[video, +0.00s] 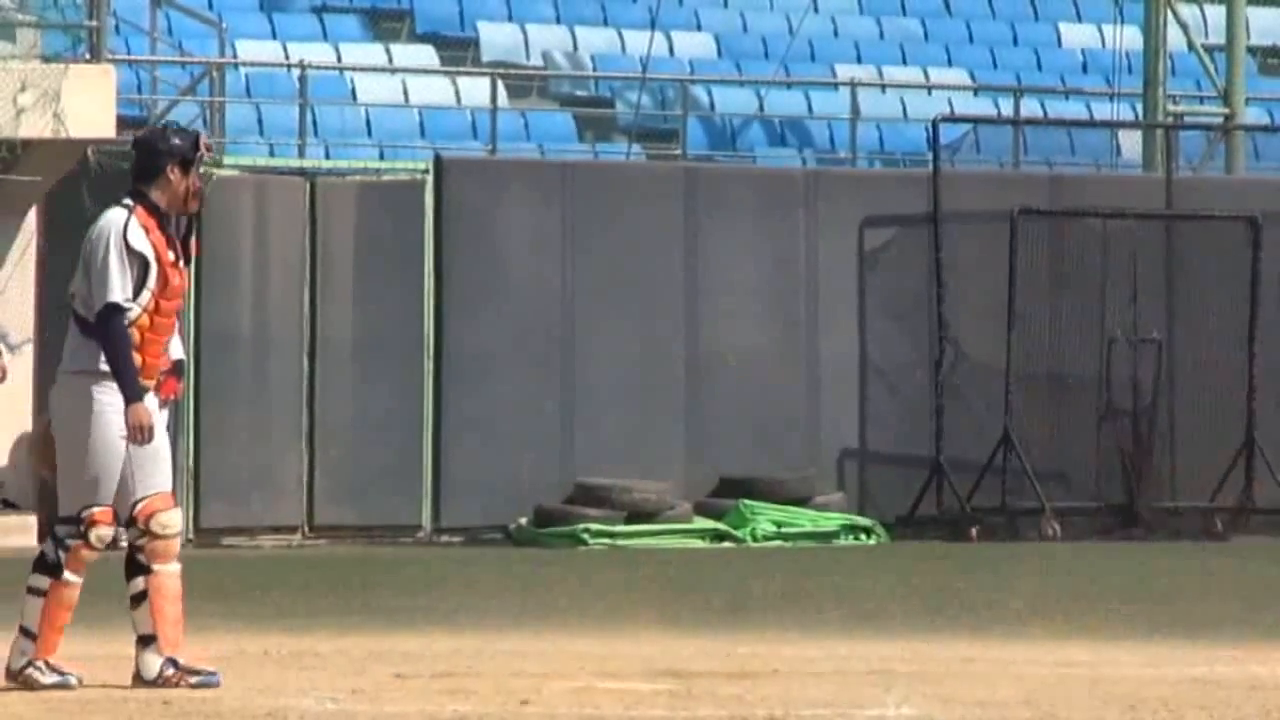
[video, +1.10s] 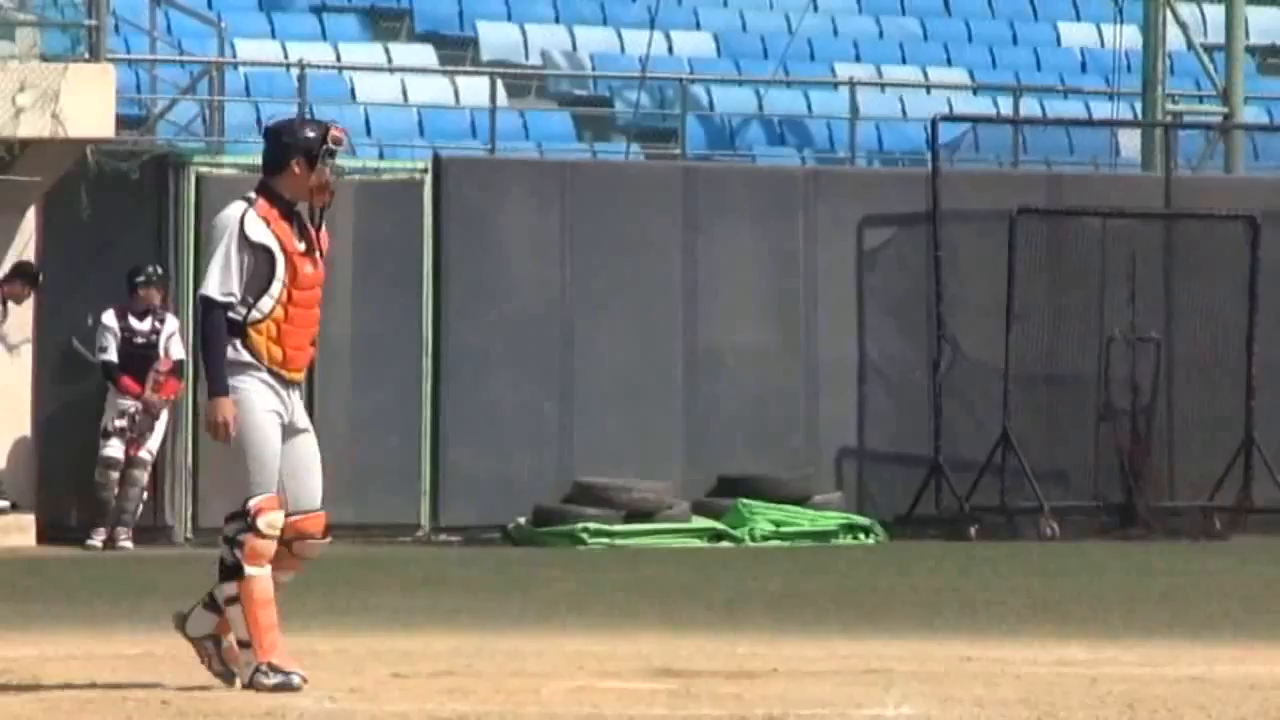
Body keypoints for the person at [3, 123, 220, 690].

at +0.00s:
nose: (198, 184)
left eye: (198, 173)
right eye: (193, 173)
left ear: (166, 175)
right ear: (168, 174)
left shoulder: (160, 233)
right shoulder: (117, 227)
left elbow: (153, 311)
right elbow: (110, 317)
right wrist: (134, 397)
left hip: (144, 391)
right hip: (96, 388)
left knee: (160, 526)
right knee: (88, 527)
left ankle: (159, 660)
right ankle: (32, 657)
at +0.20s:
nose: (228, 181)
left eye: (229, 170)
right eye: (224, 169)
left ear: (197, 170)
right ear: (198, 169)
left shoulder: (187, 228)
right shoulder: (145, 219)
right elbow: (138, 310)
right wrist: (172, 383)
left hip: (169, 380)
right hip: (128, 378)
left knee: (176, 523)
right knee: (142, 520)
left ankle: (161, 659)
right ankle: (65, 635)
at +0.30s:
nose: (241, 179)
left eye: (241, 168)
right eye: (234, 167)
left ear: (209, 170)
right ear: (208, 167)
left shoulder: (203, 229)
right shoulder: (157, 216)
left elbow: (188, 330)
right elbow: (149, 309)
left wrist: (207, 424)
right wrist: (188, 379)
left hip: (178, 381)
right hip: (139, 377)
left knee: (180, 522)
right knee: (164, 517)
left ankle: (164, 659)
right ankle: (104, 640)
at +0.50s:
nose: (257, 176)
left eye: (257, 165)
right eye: (252, 165)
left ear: (228, 166)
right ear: (228, 166)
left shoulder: (226, 230)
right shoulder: (169, 219)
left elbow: (230, 323)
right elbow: (156, 303)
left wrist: (272, 397)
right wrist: (199, 372)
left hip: (195, 380)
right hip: (159, 378)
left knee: (179, 517)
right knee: (201, 510)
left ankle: (155, 653)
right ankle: (188, 654)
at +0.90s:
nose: (309, 181)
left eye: (310, 171)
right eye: (301, 170)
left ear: (281, 173)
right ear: (274, 170)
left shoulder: (282, 233)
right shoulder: (222, 224)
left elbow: (271, 332)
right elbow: (189, 310)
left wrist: (293, 405)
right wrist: (182, 392)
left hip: (259, 389)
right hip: (219, 383)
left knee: (221, 526)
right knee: (250, 520)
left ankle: (166, 651)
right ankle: (263, 660)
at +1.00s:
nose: (320, 176)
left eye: (320, 165)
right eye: (312, 165)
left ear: (289, 167)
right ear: (286, 165)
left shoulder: (295, 227)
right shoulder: (235, 219)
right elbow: (202, 304)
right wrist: (200, 387)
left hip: (278, 385)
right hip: (236, 379)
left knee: (279, 522)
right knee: (254, 520)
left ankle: (186, 630)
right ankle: (263, 659)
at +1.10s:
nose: (327, 173)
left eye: (328, 163)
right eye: (320, 163)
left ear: (302, 166)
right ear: (294, 165)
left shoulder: (305, 223)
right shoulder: (244, 219)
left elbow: (290, 302)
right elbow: (214, 304)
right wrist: (217, 390)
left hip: (289, 385)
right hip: (248, 381)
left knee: (307, 528)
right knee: (261, 521)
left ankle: (210, 619)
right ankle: (264, 662)